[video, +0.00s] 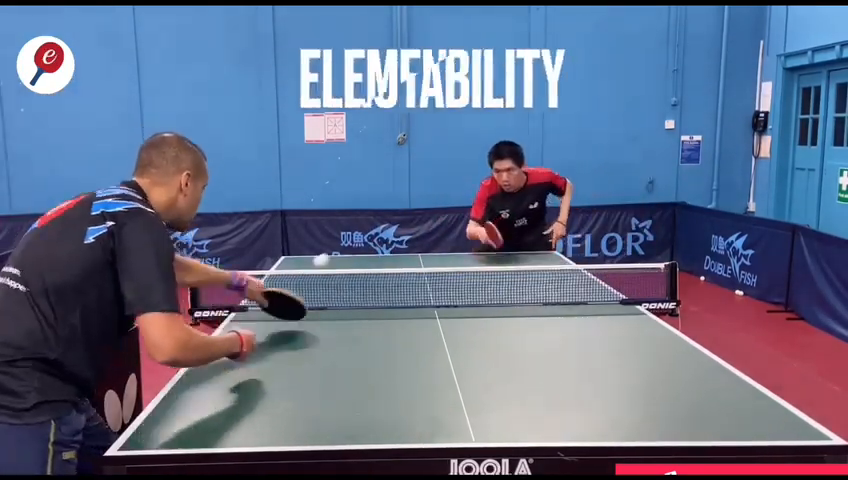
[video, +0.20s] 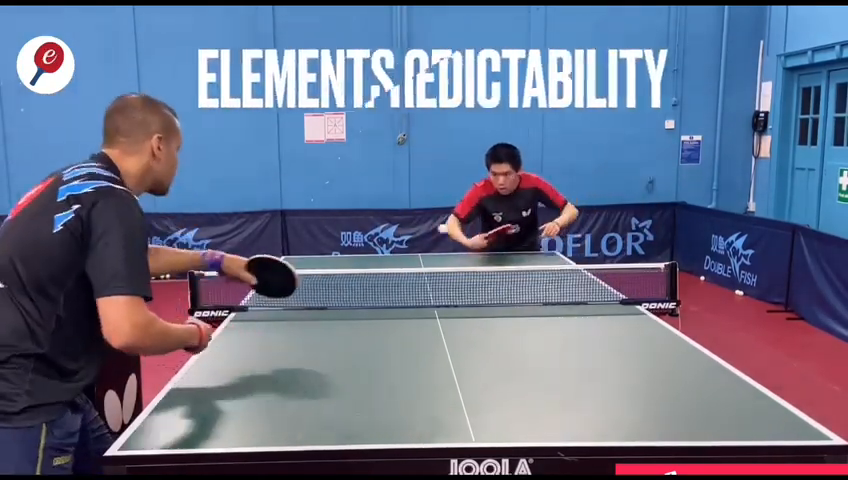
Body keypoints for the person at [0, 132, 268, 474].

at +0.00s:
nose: (198, 207)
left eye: (201, 194)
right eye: (201, 192)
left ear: (142, 174)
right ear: (185, 184)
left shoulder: (96, 204)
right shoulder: (141, 225)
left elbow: (166, 266)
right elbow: (167, 345)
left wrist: (238, 281)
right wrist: (234, 343)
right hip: (30, 396)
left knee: (125, 463)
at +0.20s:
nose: (177, 163)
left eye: (178, 152)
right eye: (176, 151)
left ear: (114, 140)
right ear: (156, 147)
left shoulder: (74, 180)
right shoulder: (111, 202)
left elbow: (132, 259)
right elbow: (126, 330)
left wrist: (217, 260)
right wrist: (191, 334)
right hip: (28, 406)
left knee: (120, 471)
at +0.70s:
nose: (78, 109)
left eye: (77, 94)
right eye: (74, 94)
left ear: (30, 97)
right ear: (45, 97)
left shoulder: (11, 178)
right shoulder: (26, 188)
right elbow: (27, 340)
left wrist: (64, 339)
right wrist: (76, 345)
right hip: (11, 445)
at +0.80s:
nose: (79, 109)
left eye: (77, 95)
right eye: (73, 95)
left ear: (35, 98)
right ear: (45, 98)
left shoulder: (11, 178)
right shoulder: (25, 188)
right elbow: (30, 338)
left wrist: (71, 340)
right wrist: (85, 346)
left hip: (11, 438)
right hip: (11, 443)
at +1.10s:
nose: (119, 132)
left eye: (120, 119)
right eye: (117, 117)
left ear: (45, 114)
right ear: (91, 114)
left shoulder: (8, 164)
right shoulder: (75, 187)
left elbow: (14, 296)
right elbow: (117, 323)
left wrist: (75, 312)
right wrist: (178, 327)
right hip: (20, 420)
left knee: (82, 469)